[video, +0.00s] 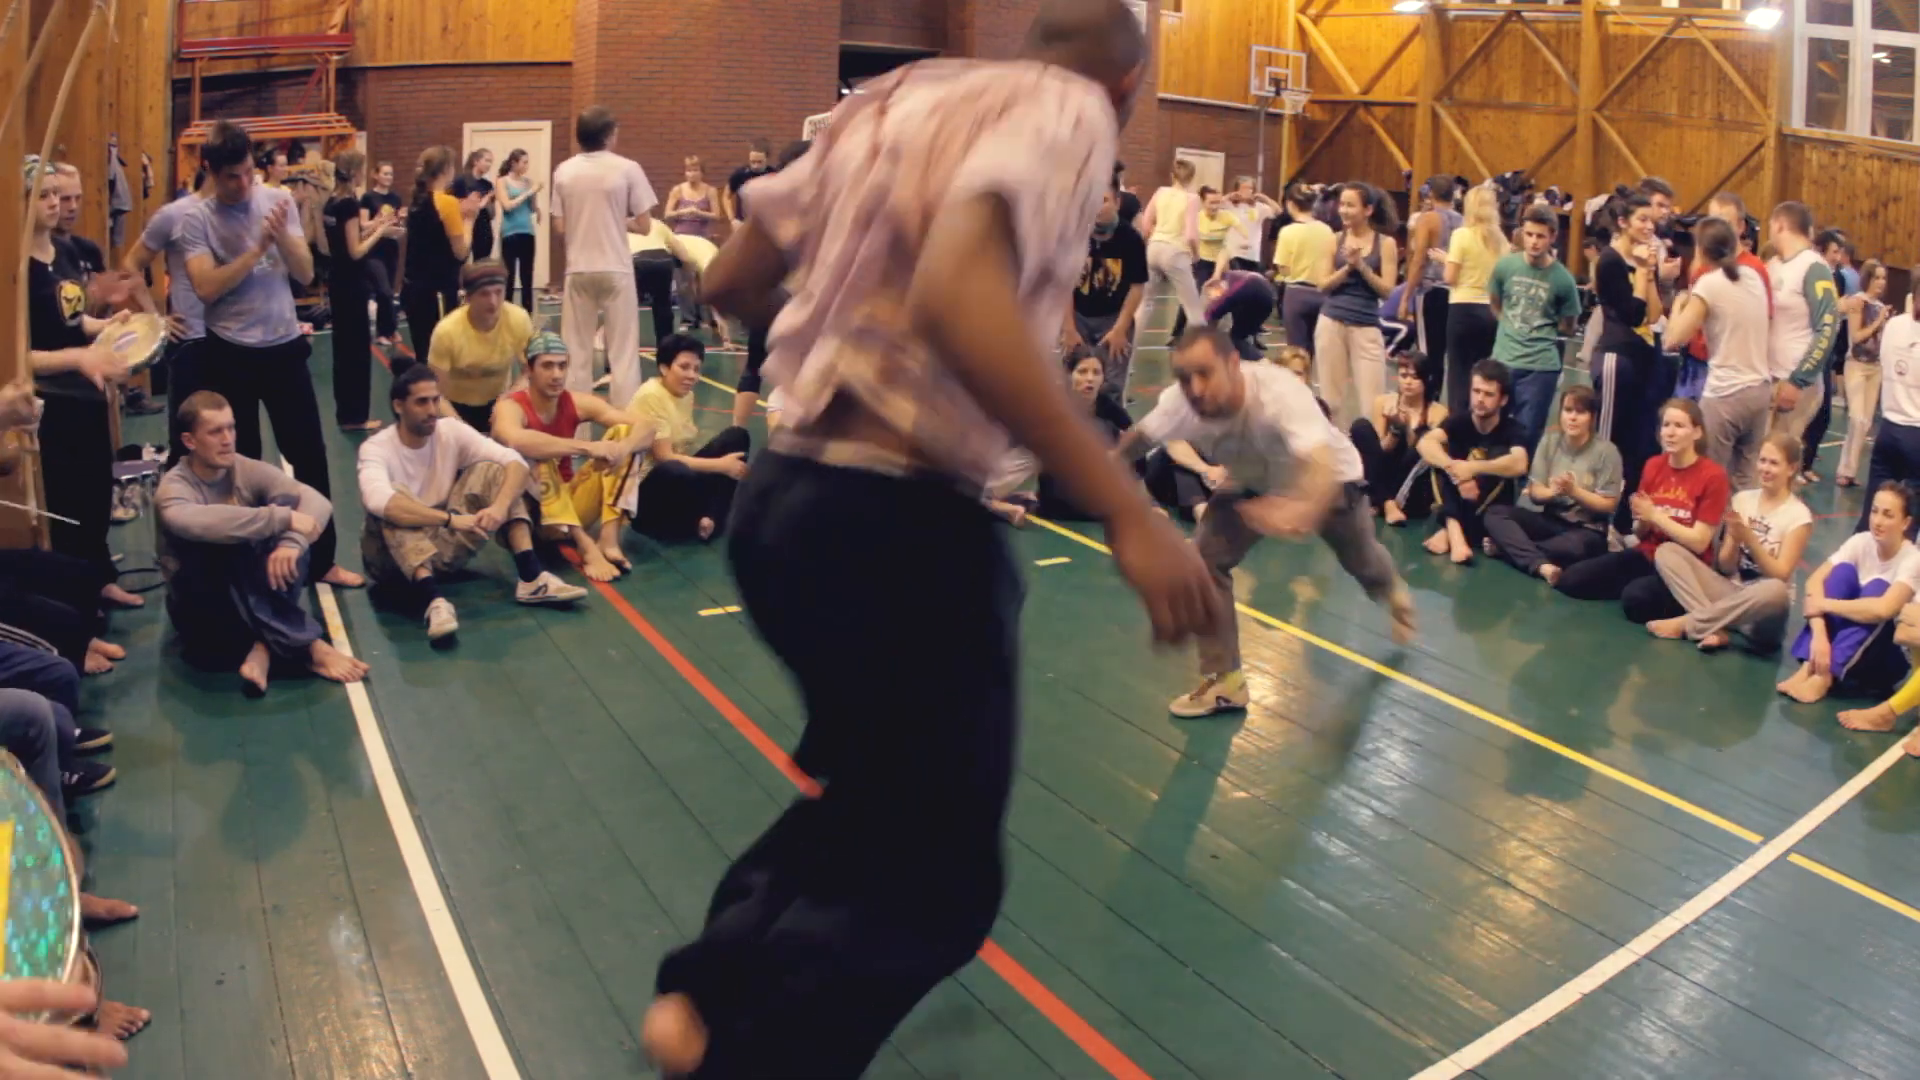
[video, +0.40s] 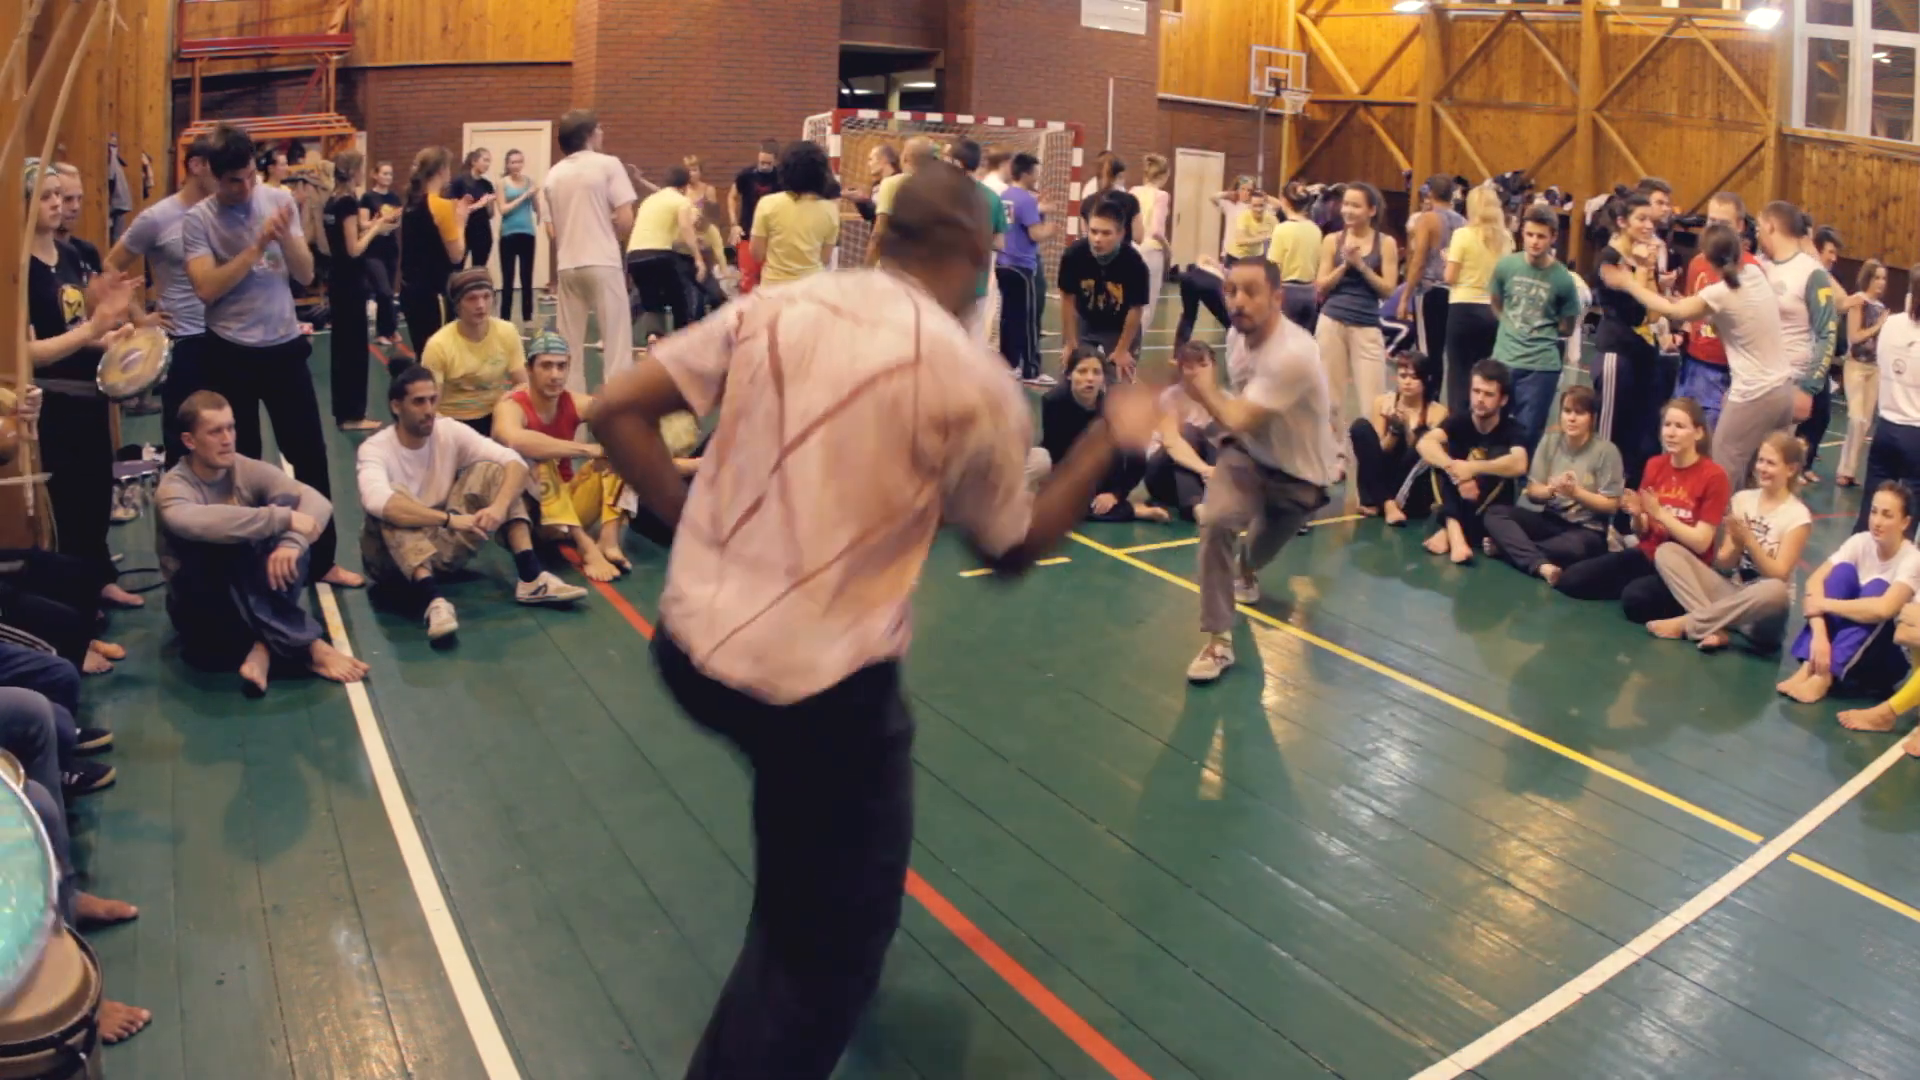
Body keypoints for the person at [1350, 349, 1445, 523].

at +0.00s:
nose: (1408, 382)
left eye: (1415, 377)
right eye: (1404, 376)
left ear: (1426, 380)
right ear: (1397, 378)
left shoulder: (1438, 412)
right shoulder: (1383, 403)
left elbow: (1422, 454)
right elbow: (1380, 450)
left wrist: (1411, 428)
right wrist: (1395, 429)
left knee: (1421, 451)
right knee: (1360, 426)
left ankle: (1377, 503)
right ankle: (1387, 501)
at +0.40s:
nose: (1407, 382)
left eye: (1414, 377)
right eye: (1403, 376)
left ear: (1426, 380)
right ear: (1396, 378)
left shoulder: (1438, 411)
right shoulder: (1383, 403)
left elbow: (1423, 453)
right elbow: (1380, 449)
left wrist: (1408, 428)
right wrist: (1393, 431)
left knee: (1418, 451)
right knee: (1360, 426)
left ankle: (1374, 501)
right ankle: (1388, 502)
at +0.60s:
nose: (1407, 382)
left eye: (1414, 377)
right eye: (1403, 376)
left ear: (1426, 380)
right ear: (1396, 378)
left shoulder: (1437, 412)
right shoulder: (1383, 404)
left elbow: (1429, 452)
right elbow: (1373, 445)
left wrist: (1407, 427)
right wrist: (1391, 429)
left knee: (1420, 452)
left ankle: (1373, 501)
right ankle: (1390, 502)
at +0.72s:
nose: (1407, 382)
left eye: (1414, 377)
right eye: (1403, 376)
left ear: (1426, 380)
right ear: (1396, 378)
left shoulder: (1437, 413)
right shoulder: (1382, 405)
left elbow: (1434, 453)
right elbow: (1372, 444)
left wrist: (1408, 429)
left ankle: (1396, 504)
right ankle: (1390, 503)